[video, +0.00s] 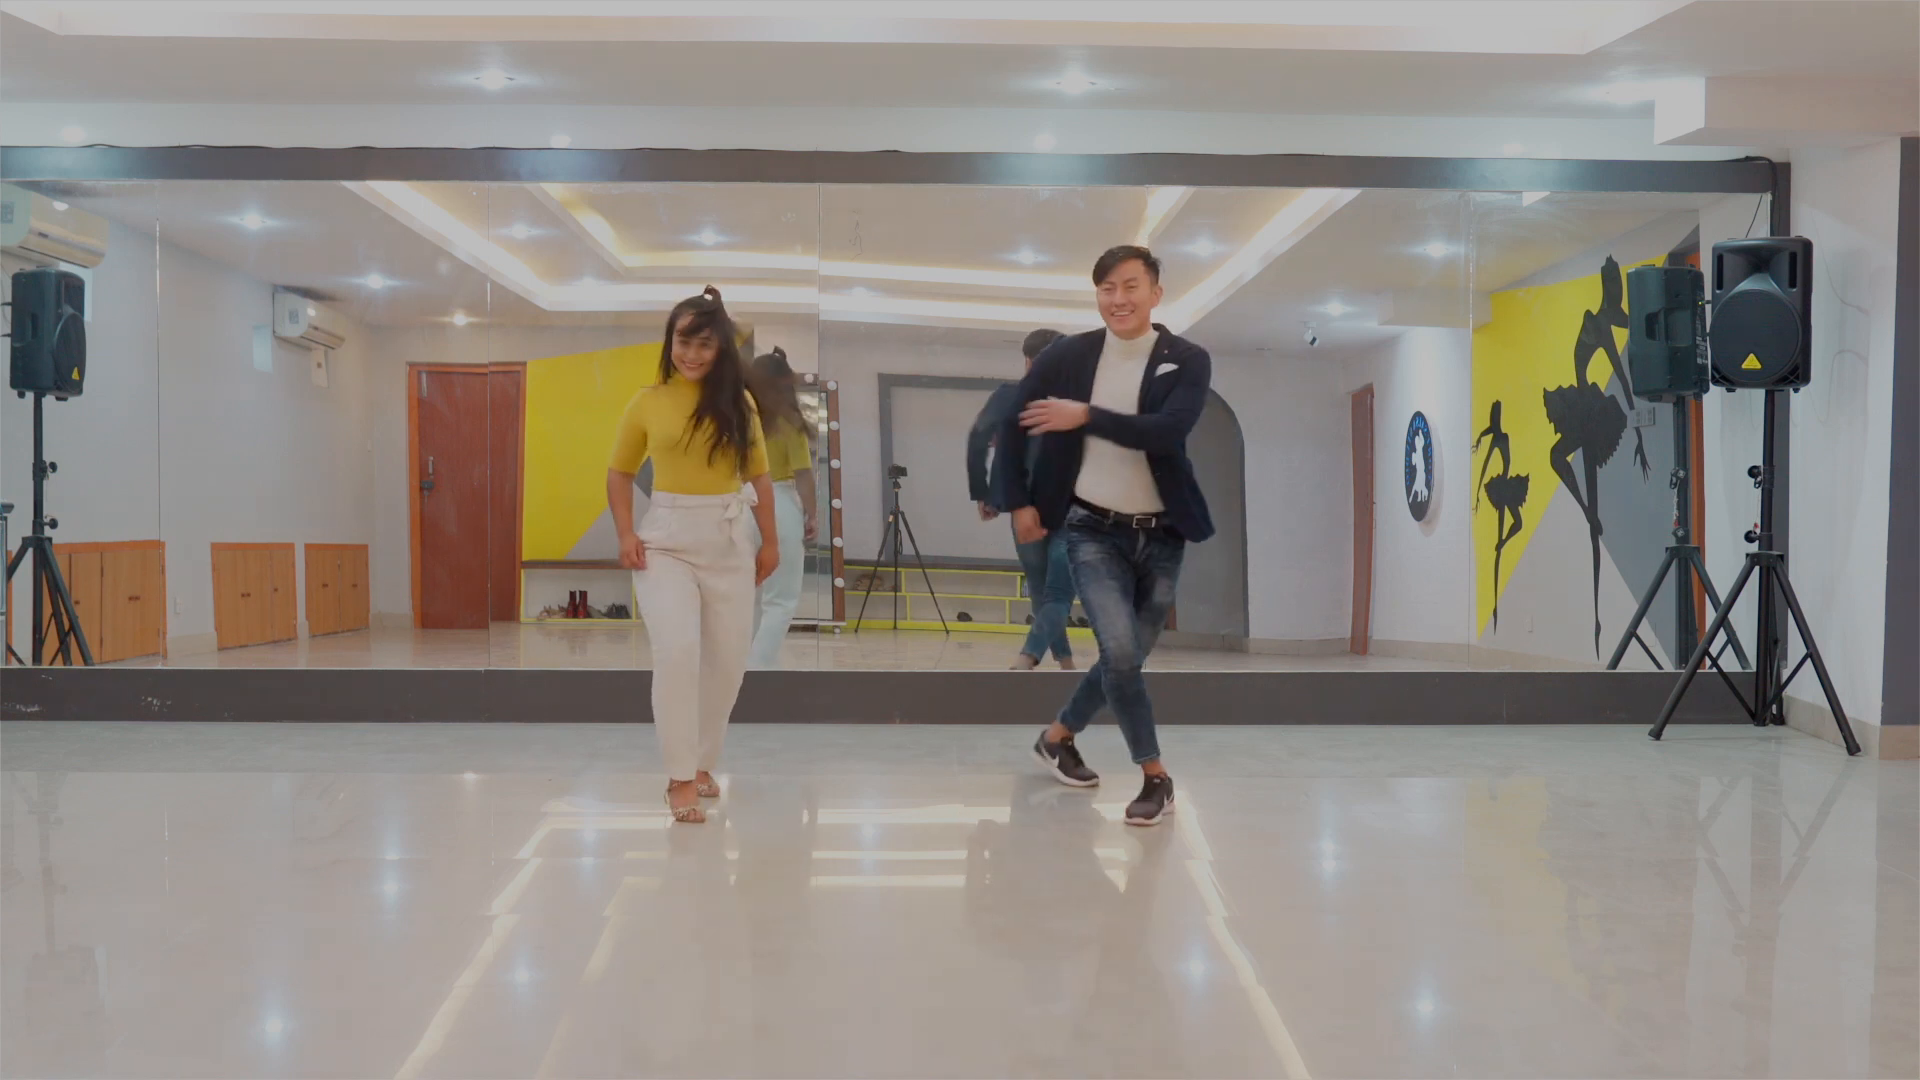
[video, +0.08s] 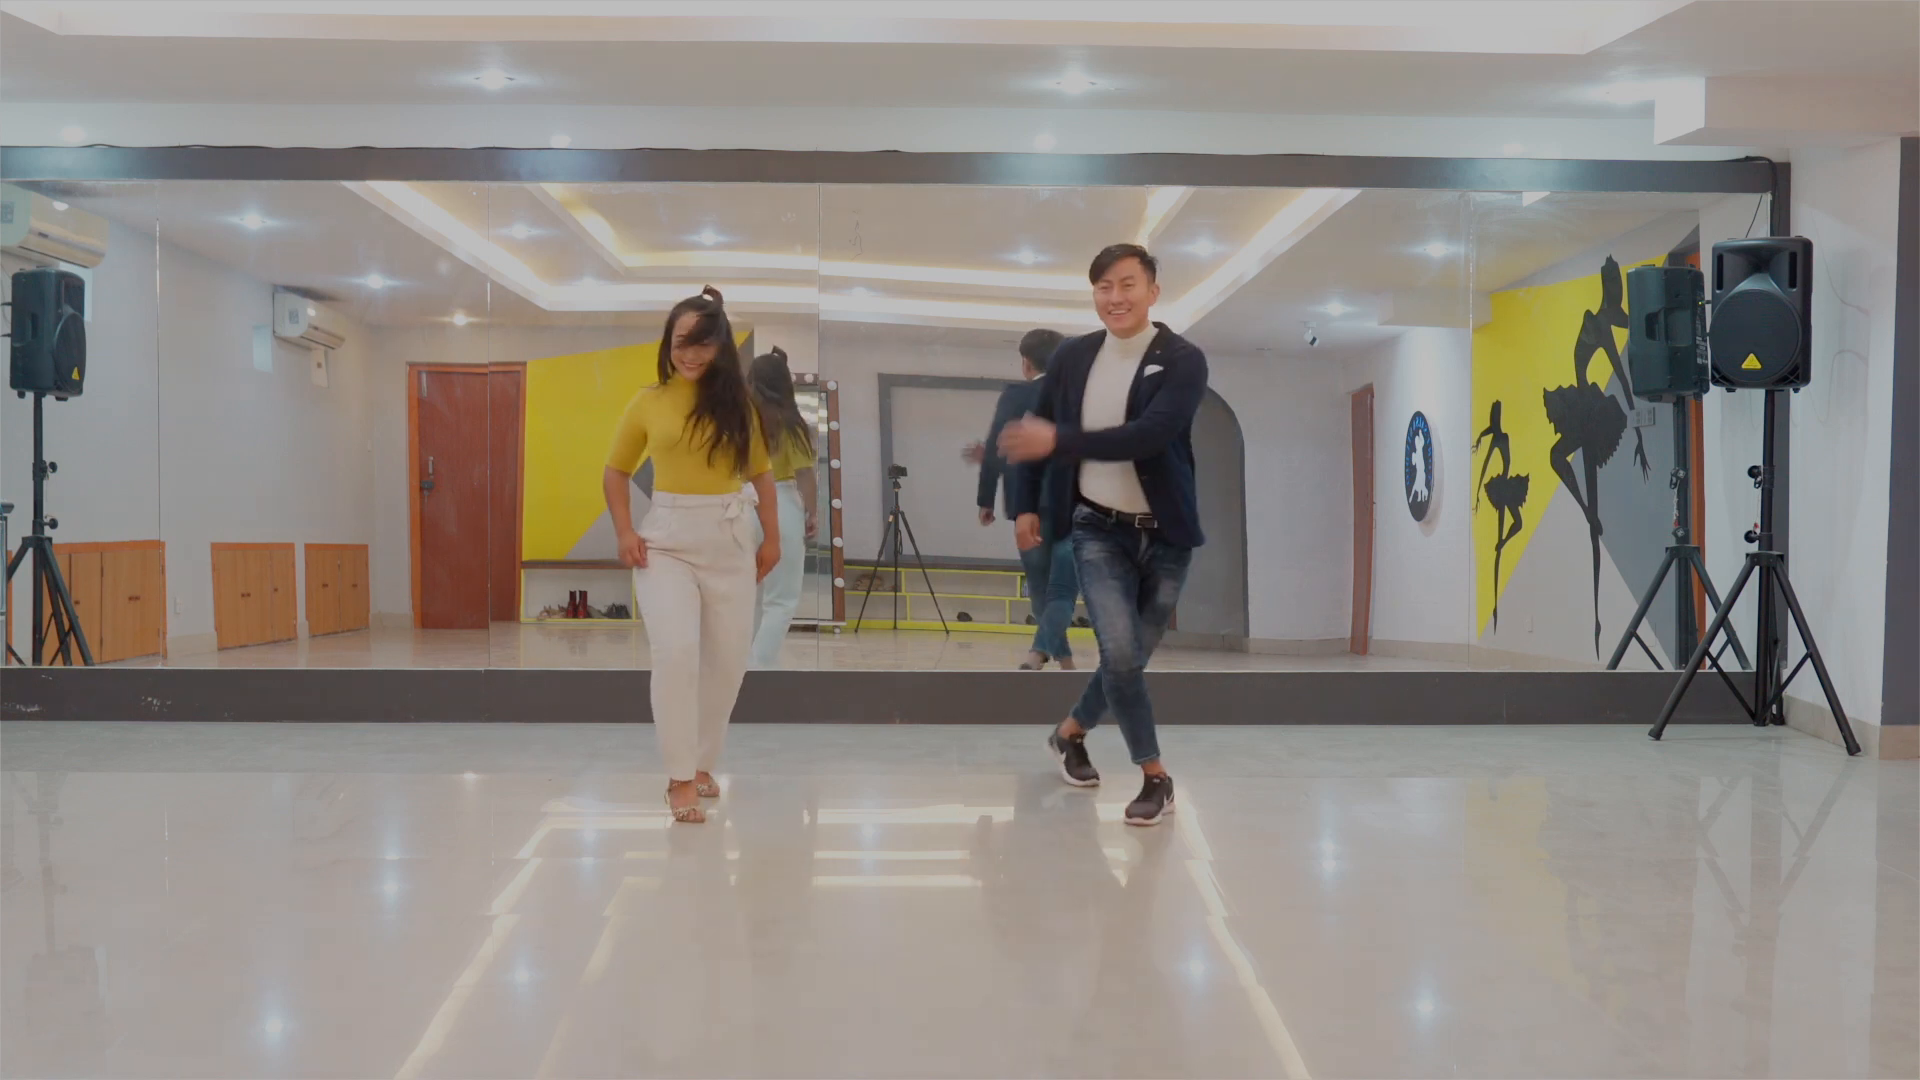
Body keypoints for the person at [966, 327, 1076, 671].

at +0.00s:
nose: (1039, 366)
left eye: (1035, 359)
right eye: (1043, 359)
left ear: (1027, 360)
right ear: (1064, 360)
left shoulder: (1010, 394)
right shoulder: (1075, 396)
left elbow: (977, 437)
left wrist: (981, 493)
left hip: (1023, 504)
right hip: (1069, 504)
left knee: (1040, 588)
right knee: (1061, 589)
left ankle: (1065, 659)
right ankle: (1028, 658)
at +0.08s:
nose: (1020, 365)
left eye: (1021, 360)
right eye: (1022, 359)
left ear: (1027, 362)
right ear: (1061, 361)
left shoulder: (1015, 396)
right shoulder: (1075, 394)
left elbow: (995, 453)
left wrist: (986, 501)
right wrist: (986, 454)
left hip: (1027, 508)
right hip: (1070, 506)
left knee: (1040, 589)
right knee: (1064, 588)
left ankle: (1066, 661)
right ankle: (1036, 657)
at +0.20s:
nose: (1017, 364)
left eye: (1018, 359)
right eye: (1019, 358)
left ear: (1025, 362)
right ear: (1057, 358)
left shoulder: (1025, 396)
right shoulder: (1076, 389)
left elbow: (1023, 447)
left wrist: (994, 490)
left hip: (1034, 500)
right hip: (1074, 498)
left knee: (1041, 580)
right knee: (1070, 581)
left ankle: (1064, 656)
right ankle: (1057, 648)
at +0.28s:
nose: (1016, 361)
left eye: (1016, 355)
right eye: (1016, 355)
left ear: (1022, 357)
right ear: (1056, 355)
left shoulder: (1026, 392)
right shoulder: (1073, 389)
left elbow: (1029, 442)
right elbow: (1080, 438)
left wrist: (1005, 476)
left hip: (1040, 506)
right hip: (1077, 503)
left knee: (1044, 589)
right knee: (1079, 584)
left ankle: (1064, 659)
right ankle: (1078, 639)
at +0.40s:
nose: (1013, 355)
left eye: (1014, 349)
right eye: (1014, 348)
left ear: (1020, 352)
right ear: (1051, 350)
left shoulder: (1027, 387)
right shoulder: (1069, 384)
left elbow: (1025, 446)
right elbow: (1075, 436)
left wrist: (1006, 452)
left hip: (1043, 503)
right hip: (1075, 499)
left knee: (1047, 586)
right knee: (1070, 578)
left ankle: (1066, 662)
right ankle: (1104, 606)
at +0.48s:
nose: (1012, 354)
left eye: (1012, 349)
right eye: (1012, 348)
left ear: (1019, 350)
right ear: (1051, 346)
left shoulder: (1025, 383)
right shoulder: (1070, 378)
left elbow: (1018, 432)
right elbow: (1073, 429)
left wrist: (994, 433)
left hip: (1047, 496)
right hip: (1079, 492)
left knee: (1048, 583)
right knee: (1028, 553)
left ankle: (1071, 661)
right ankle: (1098, 586)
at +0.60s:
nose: (1012, 355)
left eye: (1013, 349)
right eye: (1013, 349)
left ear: (1019, 352)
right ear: (1052, 346)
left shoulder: (1022, 388)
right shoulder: (1073, 377)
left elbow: (989, 441)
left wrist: (1011, 420)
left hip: (1052, 501)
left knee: (1055, 582)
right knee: (991, 543)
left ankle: (1079, 663)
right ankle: (1052, 605)